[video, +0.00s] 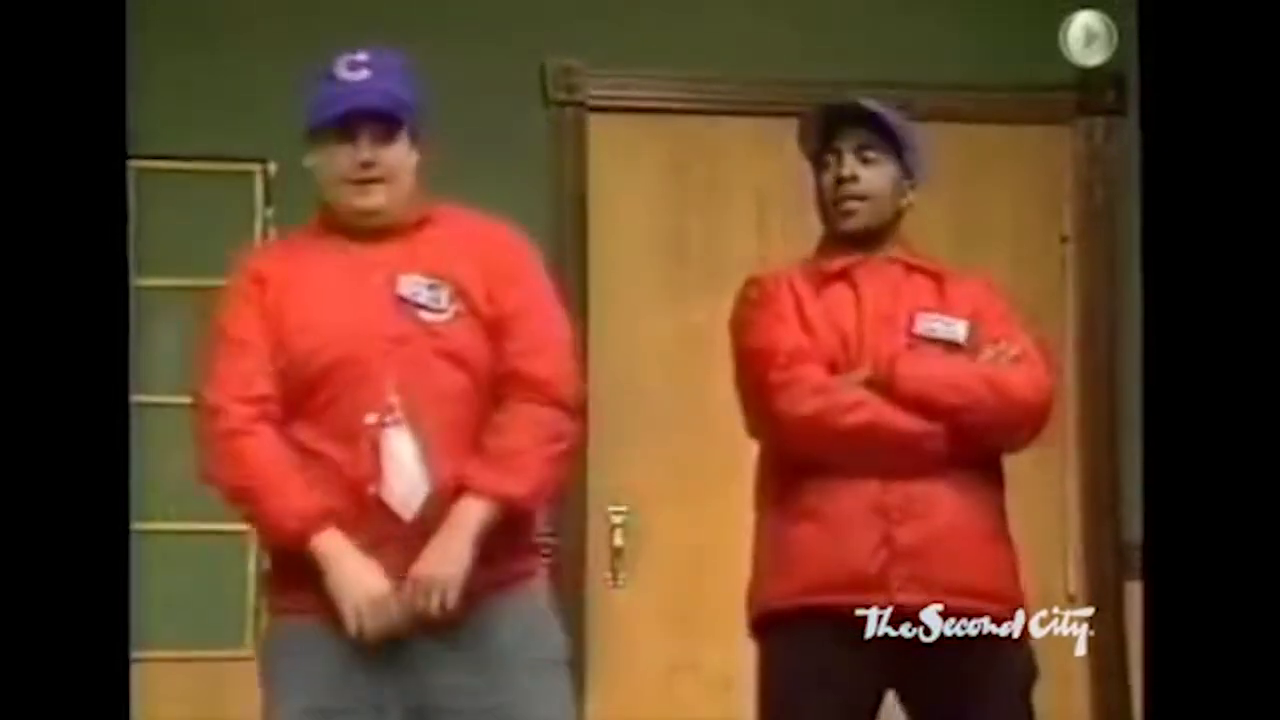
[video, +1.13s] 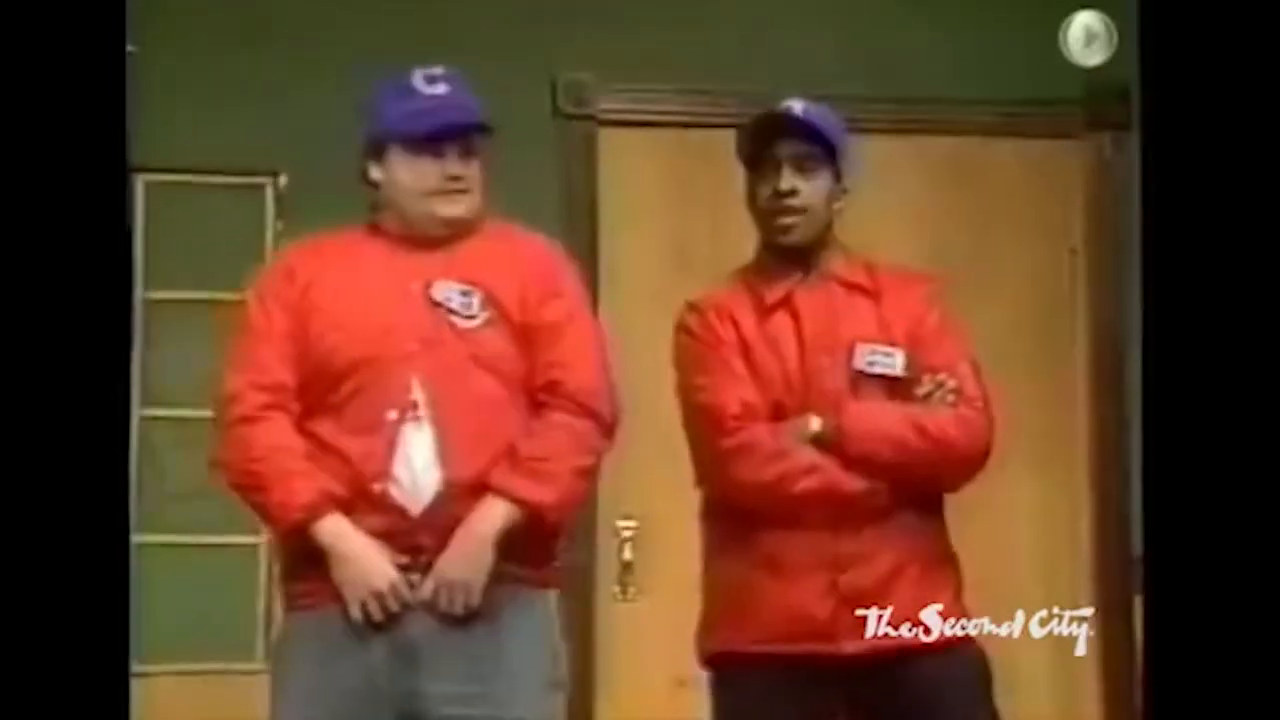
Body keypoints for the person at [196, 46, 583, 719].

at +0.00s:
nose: (364, 155)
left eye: (384, 135)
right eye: (342, 138)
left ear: (416, 148)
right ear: (313, 154)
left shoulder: (493, 252)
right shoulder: (268, 274)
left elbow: (546, 400)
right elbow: (234, 429)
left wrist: (464, 525)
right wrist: (332, 550)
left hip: (493, 612)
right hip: (325, 618)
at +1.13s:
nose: (455, 167)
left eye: (467, 148)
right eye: (428, 150)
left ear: (485, 161)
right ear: (376, 169)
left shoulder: (534, 265)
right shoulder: (302, 273)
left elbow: (580, 411)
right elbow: (252, 423)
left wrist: (485, 527)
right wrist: (340, 540)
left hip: (497, 612)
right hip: (337, 614)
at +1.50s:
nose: (536, 187)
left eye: (546, 169)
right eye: (511, 169)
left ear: (559, 178)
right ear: (453, 184)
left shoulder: (589, 289)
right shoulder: (369, 277)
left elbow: (627, 448)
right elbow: (315, 432)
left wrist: (525, 568)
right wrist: (404, 551)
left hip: (542, 616)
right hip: (384, 612)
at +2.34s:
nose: (444, 211)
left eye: (451, 192)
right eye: (419, 195)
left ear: (463, 197)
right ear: (360, 207)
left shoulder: (509, 304)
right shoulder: (281, 308)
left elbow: (558, 459)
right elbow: (243, 469)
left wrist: (485, 581)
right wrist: (353, 578)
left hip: (484, 624)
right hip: (322, 628)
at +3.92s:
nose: (542, 213)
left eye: (541, 196)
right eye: (518, 200)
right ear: (453, 216)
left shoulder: (589, 314)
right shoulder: (359, 306)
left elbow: (631, 465)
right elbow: (307, 453)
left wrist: (549, 579)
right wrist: (400, 561)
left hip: (541, 627)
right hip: (382, 627)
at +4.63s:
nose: (553, 211)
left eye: (553, 194)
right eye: (530, 196)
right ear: (466, 208)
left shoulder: (595, 311)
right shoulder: (370, 302)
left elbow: (642, 462)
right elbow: (334, 450)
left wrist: (572, 576)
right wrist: (429, 559)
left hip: (554, 632)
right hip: (398, 632)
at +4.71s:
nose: (553, 211)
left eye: (553, 194)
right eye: (529, 196)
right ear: (464, 208)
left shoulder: (591, 310)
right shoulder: (377, 294)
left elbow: (642, 460)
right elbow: (362, 427)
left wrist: (572, 569)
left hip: (549, 631)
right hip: (396, 636)